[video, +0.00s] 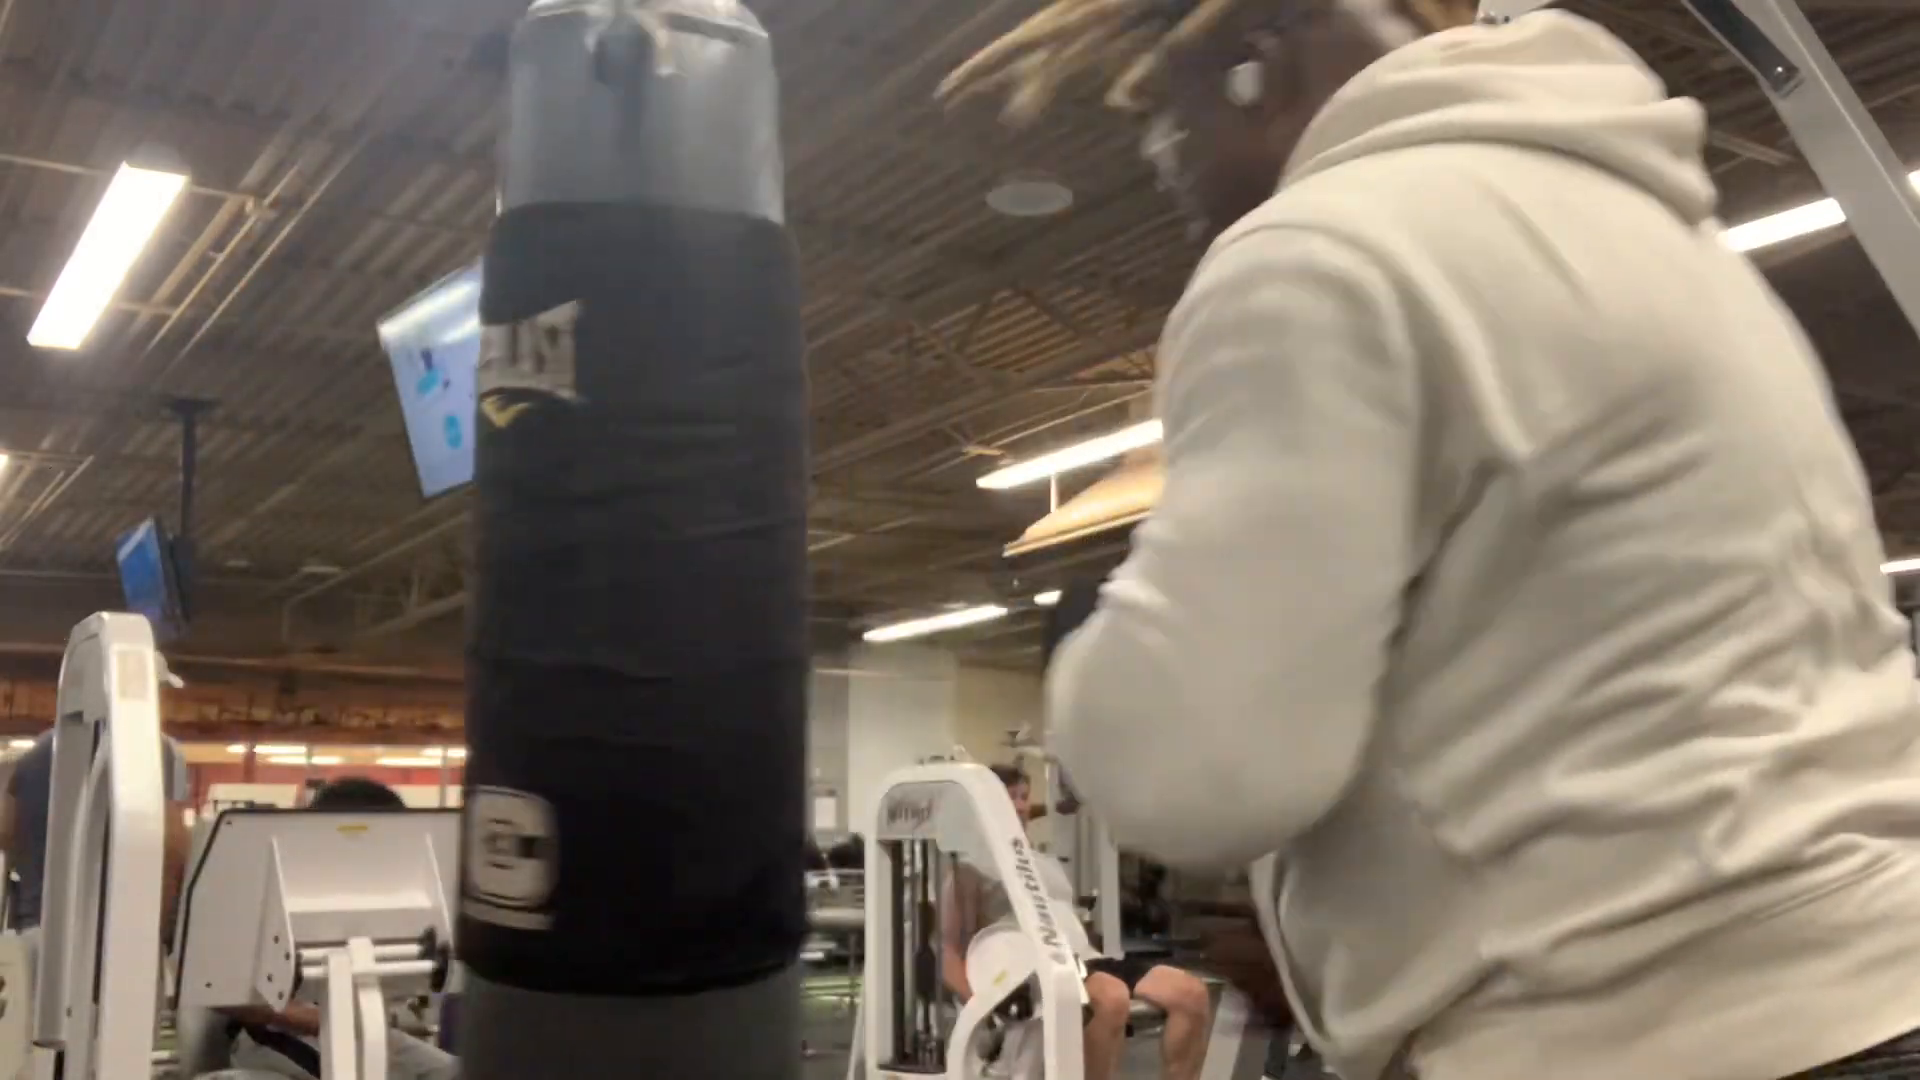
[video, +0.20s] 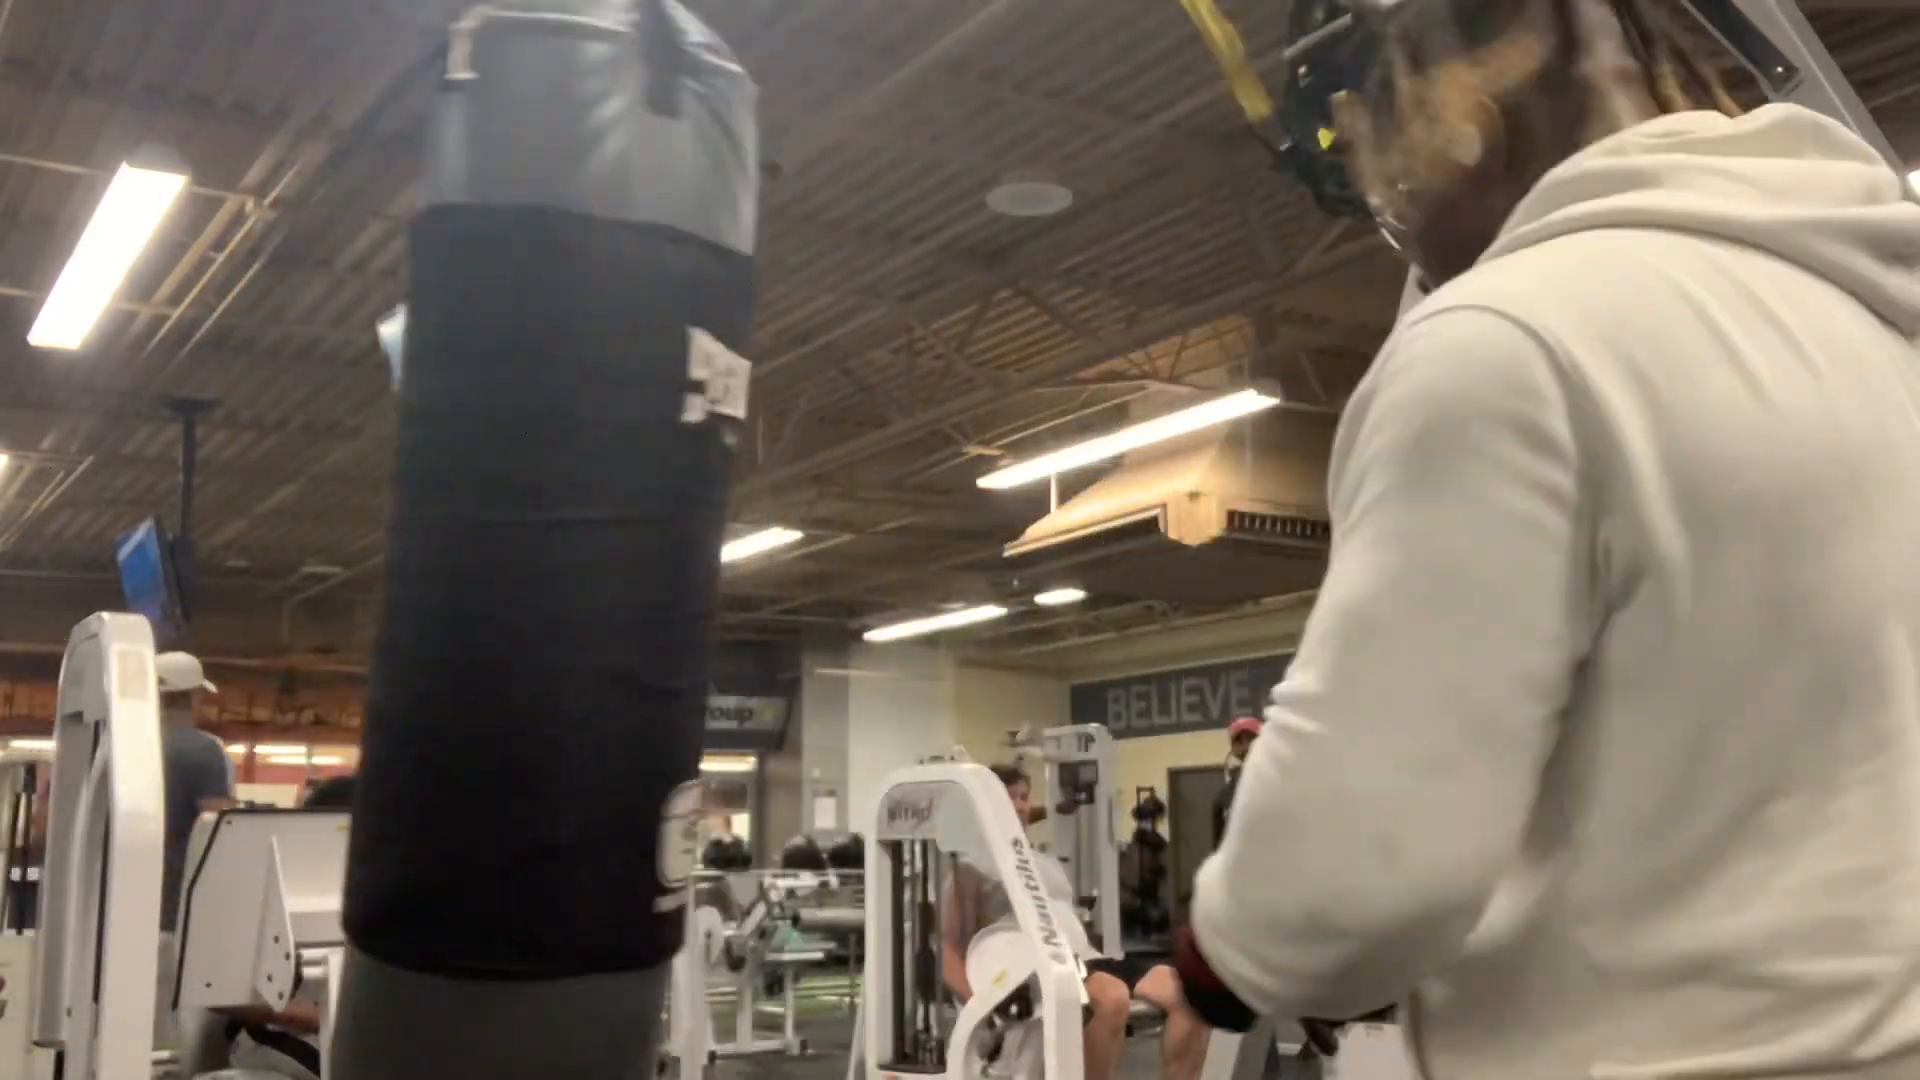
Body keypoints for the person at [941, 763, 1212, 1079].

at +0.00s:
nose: (1019, 806)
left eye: (1023, 798)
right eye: (1010, 798)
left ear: (1027, 804)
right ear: (987, 802)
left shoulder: (1032, 858)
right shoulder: (967, 870)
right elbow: (951, 960)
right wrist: (983, 1002)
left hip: (1071, 959)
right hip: (1017, 970)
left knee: (1191, 994)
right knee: (1112, 997)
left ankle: (1179, 1074)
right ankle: (1098, 1074)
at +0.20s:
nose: (1018, 806)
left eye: (1022, 797)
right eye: (1009, 797)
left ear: (1029, 803)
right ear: (988, 802)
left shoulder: (1033, 859)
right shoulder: (967, 870)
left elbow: (1056, 924)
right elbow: (951, 959)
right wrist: (984, 1000)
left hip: (1070, 961)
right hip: (1017, 971)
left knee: (1184, 990)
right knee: (1113, 996)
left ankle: (1182, 1075)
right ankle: (1099, 1075)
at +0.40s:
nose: (1016, 806)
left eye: (1021, 797)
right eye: (1007, 797)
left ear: (1027, 804)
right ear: (987, 802)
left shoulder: (1034, 858)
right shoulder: (968, 868)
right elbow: (950, 956)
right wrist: (982, 1003)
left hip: (1075, 959)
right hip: (1021, 970)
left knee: (1194, 997)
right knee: (1112, 998)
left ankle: (1178, 1074)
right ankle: (1097, 1075)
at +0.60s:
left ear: (1025, 819)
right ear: (986, 820)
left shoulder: (1042, 857)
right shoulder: (968, 872)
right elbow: (951, 957)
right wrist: (983, 1002)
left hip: (1073, 959)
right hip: (1018, 973)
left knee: (1191, 995)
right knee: (1111, 1000)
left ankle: (1180, 1073)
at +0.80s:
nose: (1019, 814)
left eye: (1023, 805)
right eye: (1009, 805)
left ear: (1031, 812)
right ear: (989, 812)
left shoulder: (1044, 857)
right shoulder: (970, 867)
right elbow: (951, 961)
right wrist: (985, 1002)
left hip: (1076, 958)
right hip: (1021, 969)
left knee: (1192, 995)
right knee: (1111, 997)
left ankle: (1180, 1076)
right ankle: (1098, 1076)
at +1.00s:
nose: (1018, 806)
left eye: (1022, 798)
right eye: (1009, 798)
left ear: (1028, 803)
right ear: (989, 802)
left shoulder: (1038, 854)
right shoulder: (969, 868)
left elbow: (1058, 922)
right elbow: (951, 956)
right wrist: (981, 1003)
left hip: (1072, 959)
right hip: (1019, 970)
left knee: (1192, 994)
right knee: (1113, 998)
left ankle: (1177, 1074)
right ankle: (1097, 1074)